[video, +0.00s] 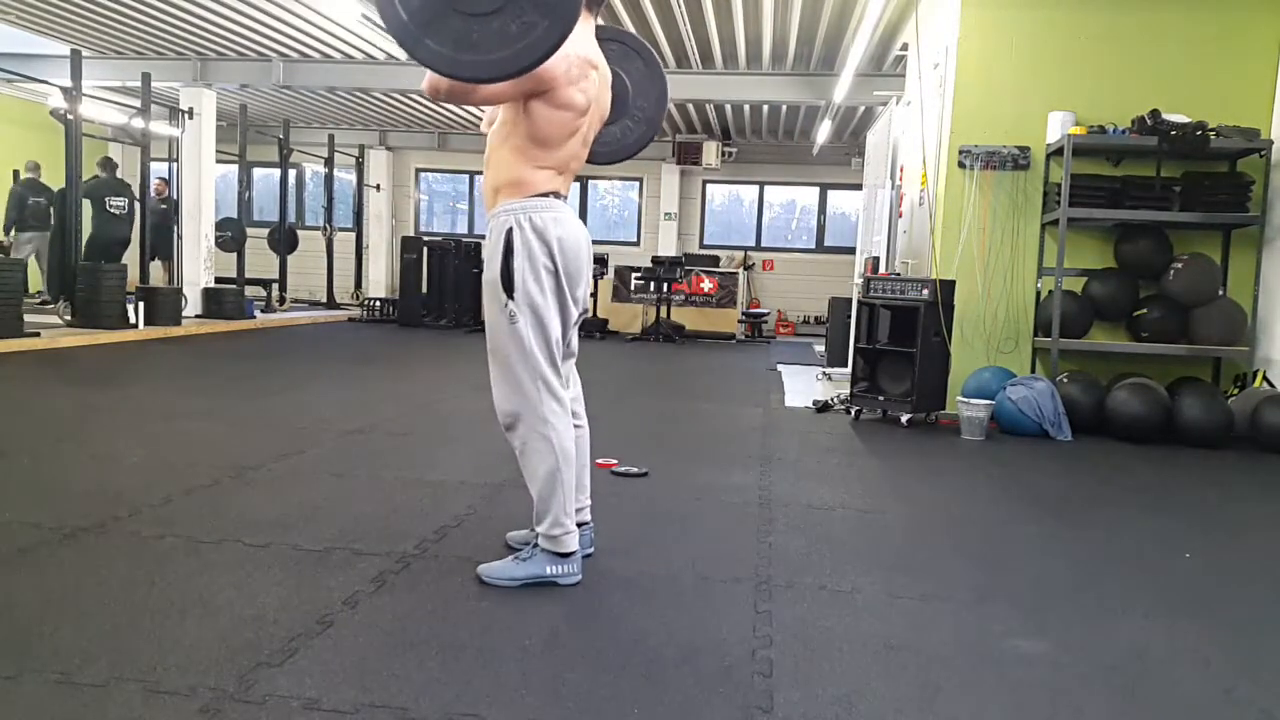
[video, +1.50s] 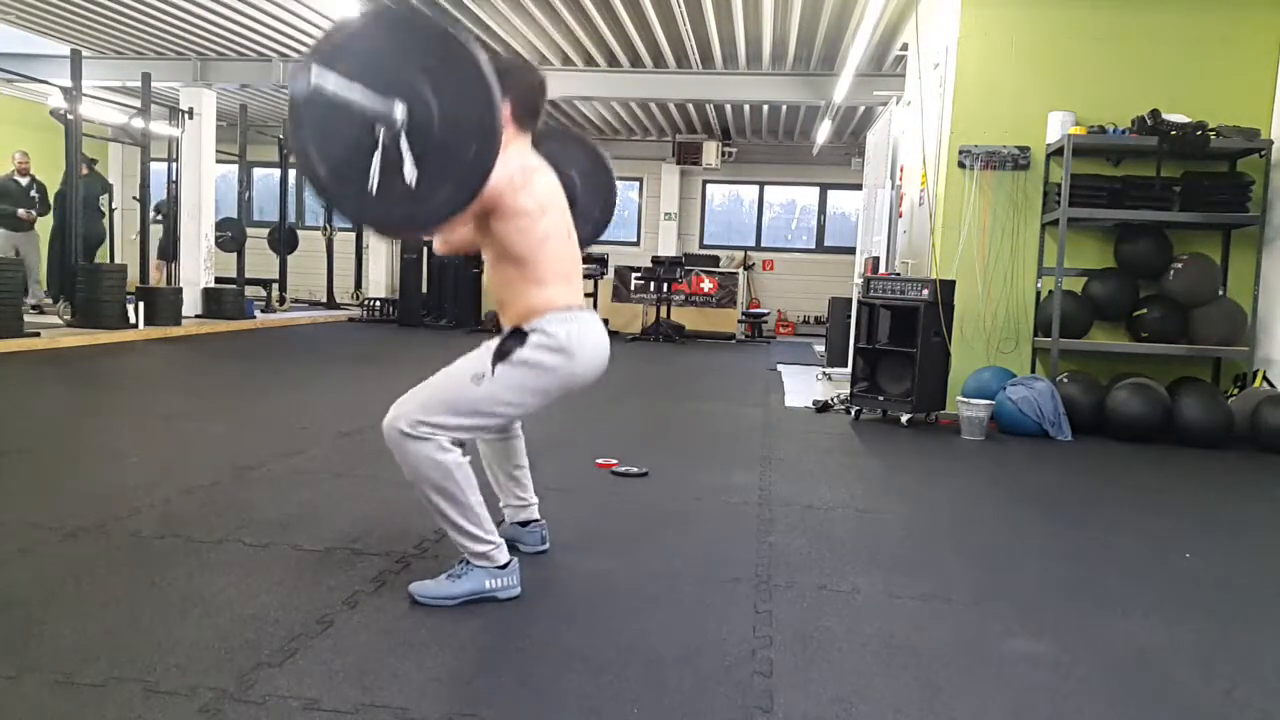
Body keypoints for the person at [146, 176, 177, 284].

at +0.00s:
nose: (156, 187)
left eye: (159, 185)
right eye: (155, 184)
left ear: (166, 187)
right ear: (152, 186)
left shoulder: (172, 202)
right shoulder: (150, 201)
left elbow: (177, 218)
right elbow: (146, 217)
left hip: (166, 237)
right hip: (150, 236)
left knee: (166, 265)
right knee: (144, 263)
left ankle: (168, 287)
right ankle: (144, 286)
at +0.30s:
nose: (150, 188)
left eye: (153, 185)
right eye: (149, 186)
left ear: (159, 187)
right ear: (148, 187)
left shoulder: (165, 203)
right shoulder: (146, 202)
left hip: (160, 239)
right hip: (147, 237)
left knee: (161, 262)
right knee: (147, 262)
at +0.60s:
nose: (149, 189)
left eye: (151, 186)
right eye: (147, 187)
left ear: (156, 187)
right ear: (145, 188)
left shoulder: (163, 200)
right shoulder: (142, 200)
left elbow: (168, 219)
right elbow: (134, 218)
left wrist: (155, 225)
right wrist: (128, 235)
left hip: (161, 235)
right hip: (147, 235)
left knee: (162, 261)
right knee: (148, 262)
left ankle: (162, 286)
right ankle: (148, 286)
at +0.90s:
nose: (153, 189)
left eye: (156, 186)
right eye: (151, 187)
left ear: (161, 188)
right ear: (149, 189)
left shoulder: (168, 201)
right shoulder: (146, 202)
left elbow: (174, 218)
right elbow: (139, 217)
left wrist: (173, 234)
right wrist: (134, 232)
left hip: (165, 235)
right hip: (150, 235)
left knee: (168, 261)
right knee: (151, 261)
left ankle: (170, 284)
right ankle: (150, 283)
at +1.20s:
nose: (165, 191)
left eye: (168, 188)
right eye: (163, 188)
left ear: (173, 189)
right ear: (160, 189)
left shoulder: (177, 202)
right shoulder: (155, 203)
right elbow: (149, 220)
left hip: (175, 234)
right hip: (160, 233)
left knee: (176, 263)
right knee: (155, 263)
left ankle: (177, 289)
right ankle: (152, 288)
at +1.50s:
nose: (171, 192)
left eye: (174, 189)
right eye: (169, 189)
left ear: (177, 190)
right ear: (166, 190)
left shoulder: (181, 203)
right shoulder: (161, 204)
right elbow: (152, 219)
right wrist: (164, 222)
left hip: (179, 237)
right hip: (166, 236)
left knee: (178, 264)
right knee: (160, 264)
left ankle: (177, 289)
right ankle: (153, 288)